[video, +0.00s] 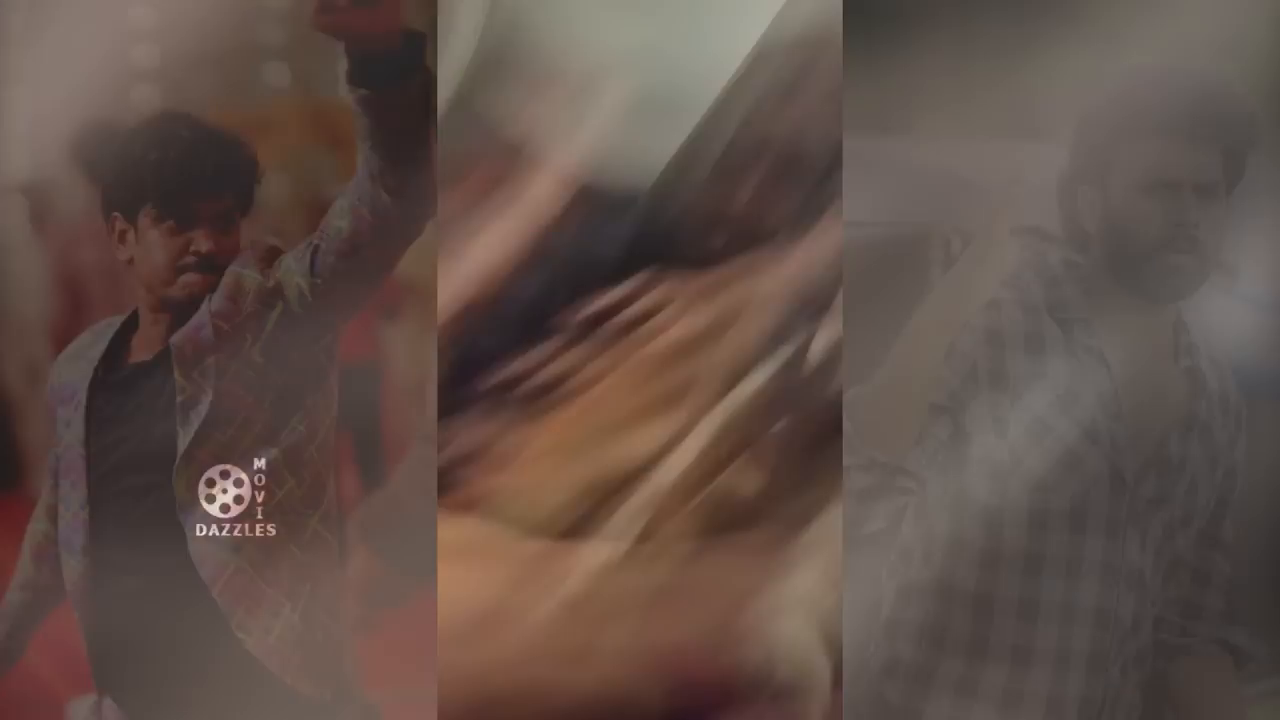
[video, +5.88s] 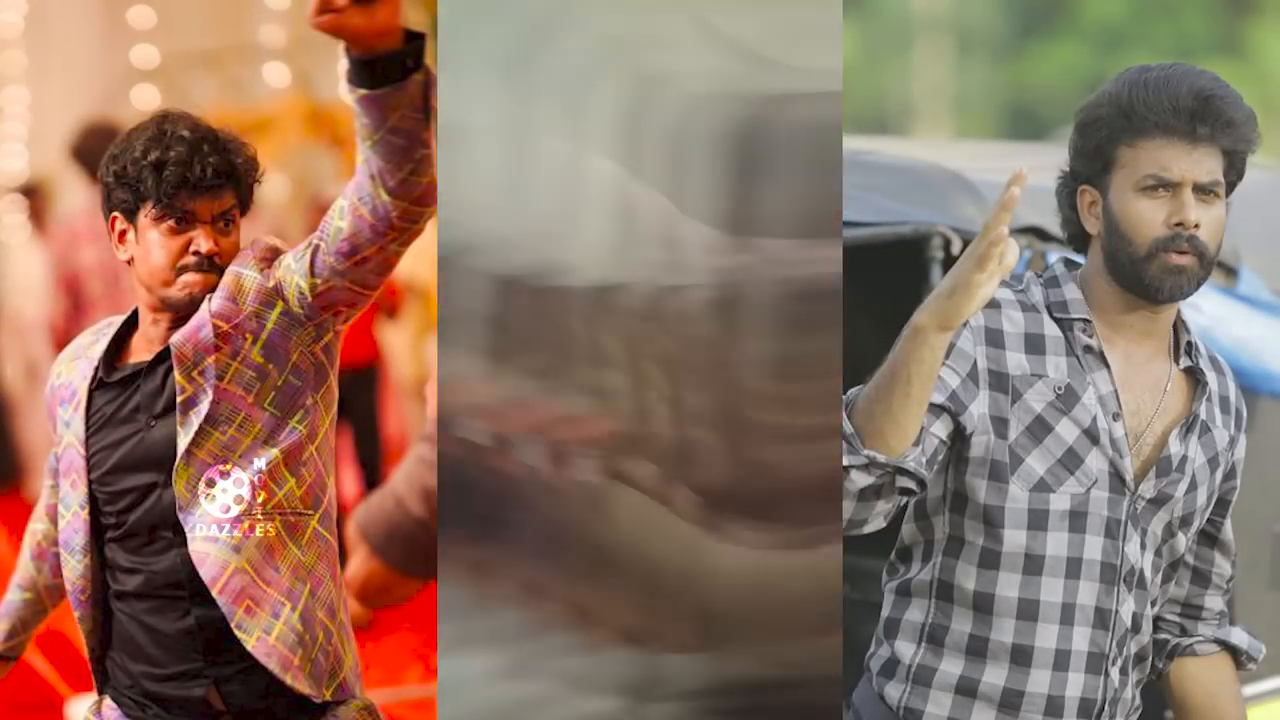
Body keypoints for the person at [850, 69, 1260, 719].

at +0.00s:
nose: (1188, 220)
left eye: (1206, 195)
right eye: (1160, 190)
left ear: (1228, 206)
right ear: (1086, 195)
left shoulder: (1212, 388)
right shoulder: (991, 315)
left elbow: (1193, 628)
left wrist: (1218, 694)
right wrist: (1096, 382)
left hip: (1102, 701)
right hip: (946, 698)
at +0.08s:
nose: (1187, 220)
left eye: (1208, 195)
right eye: (1156, 188)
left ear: (1228, 209)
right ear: (1087, 190)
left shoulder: (1216, 401)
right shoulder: (981, 322)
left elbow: (1196, 628)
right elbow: (862, 503)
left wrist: (1212, 697)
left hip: (1111, 708)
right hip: (943, 702)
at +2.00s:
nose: (1187, 218)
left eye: (1207, 194)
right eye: (1157, 190)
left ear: (1227, 209)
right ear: (1092, 208)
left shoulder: (1219, 398)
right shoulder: (984, 329)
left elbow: (1193, 614)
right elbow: (852, 506)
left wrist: (1224, 711)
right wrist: (931, 326)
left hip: (1105, 709)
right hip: (936, 702)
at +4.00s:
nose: (1187, 217)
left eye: (1207, 194)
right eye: (1157, 190)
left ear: (1227, 208)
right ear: (1092, 207)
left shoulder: (1219, 398)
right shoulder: (984, 329)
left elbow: (1193, 617)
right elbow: (850, 509)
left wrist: (1226, 711)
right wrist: (931, 327)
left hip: (1105, 709)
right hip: (935, 702)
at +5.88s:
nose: (1187, 217)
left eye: (1207, 194)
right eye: (1157, 190)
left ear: (1227, 209)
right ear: (1092, 207)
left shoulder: (1219, 398)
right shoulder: (983, 329)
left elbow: (1193, 615)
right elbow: (852, 507)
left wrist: (1224, 711)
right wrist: (931, 327)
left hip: (1106, 709)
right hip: (935, 702)